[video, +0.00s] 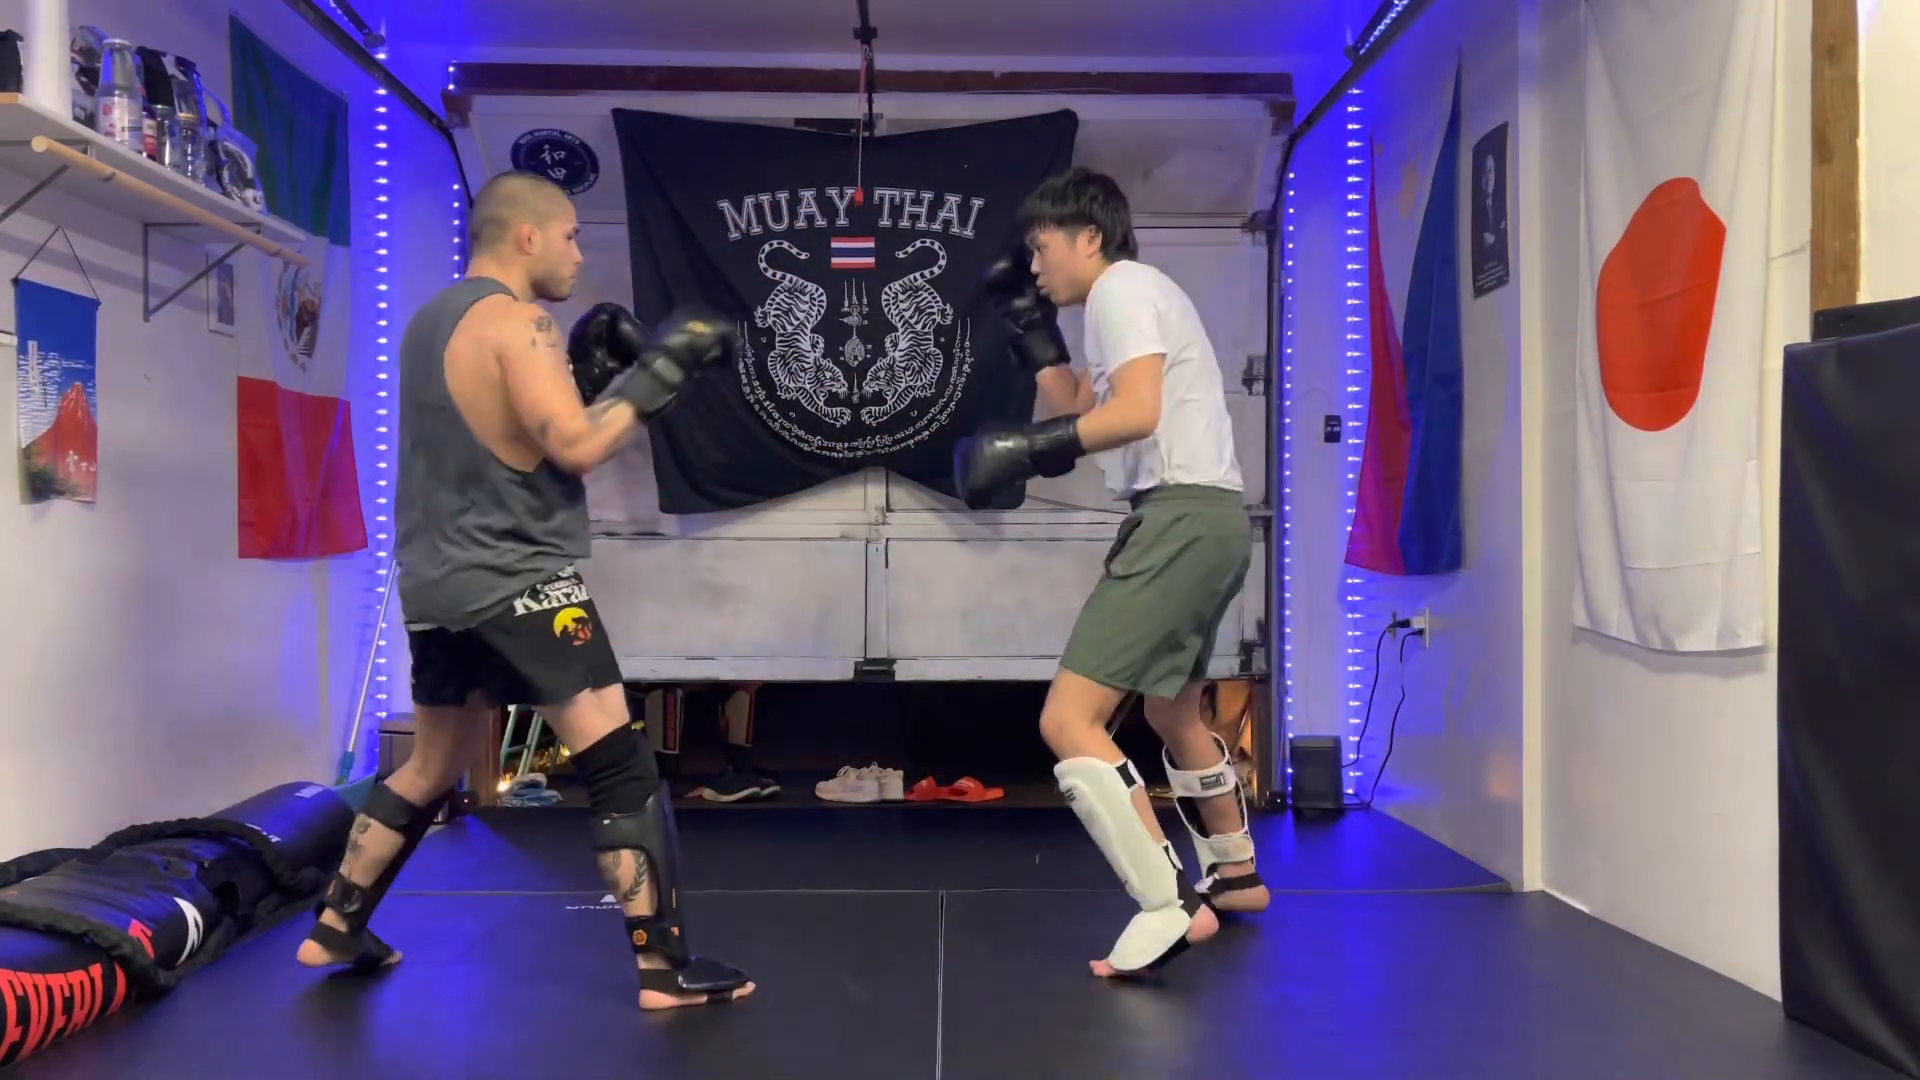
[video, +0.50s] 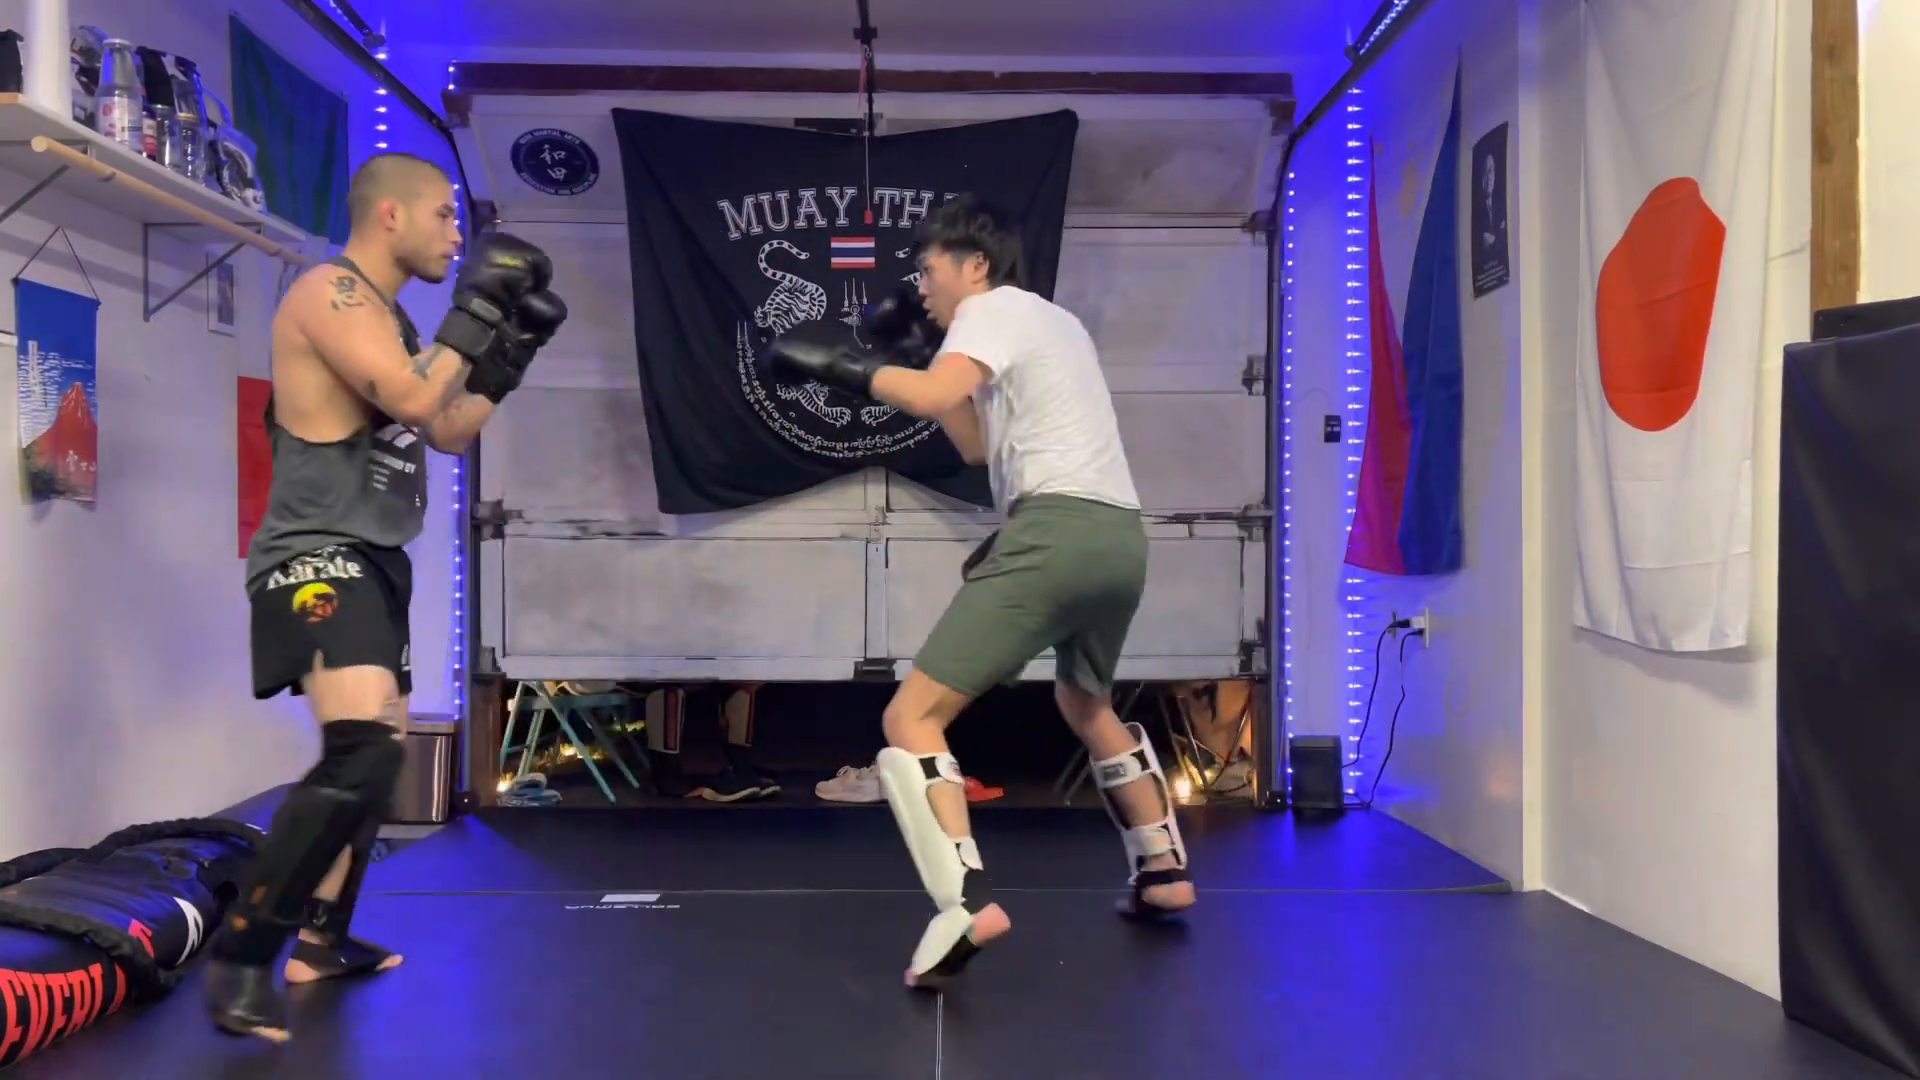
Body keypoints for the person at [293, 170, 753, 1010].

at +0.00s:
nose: (578, 253)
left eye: (576, 237)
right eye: (570, 237)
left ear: (499, 239)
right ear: (526, 237)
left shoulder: (432, 322)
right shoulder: (514, 321)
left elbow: (500, 442)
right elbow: (579, 446)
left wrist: (584, 378)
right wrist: (668, 367)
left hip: (435, 590)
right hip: (521, 584)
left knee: (432, 761)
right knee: (617, 763)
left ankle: (337, 927)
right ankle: (663, 964)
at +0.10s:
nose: (552, 278)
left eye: (550, 263)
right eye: (543, 263)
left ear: (476, 267)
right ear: (501, 267)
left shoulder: (421, 345)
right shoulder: (479, 349)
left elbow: (502, 462)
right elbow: (490, 483)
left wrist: (558, 375)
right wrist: (602, 452)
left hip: (412, 610)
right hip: (480, 607)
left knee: (422, 784)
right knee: (609, 769)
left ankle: (327, 939)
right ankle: (663, 966)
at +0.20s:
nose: (525, 289)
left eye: (523, 273)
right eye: (515, 272)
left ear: (456, 279)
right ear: (467, 278)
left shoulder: (420, 351)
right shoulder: (437, 352)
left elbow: (487, 474)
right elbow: (433, 483)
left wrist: (538, 387)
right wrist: (558, 477)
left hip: (386, 612)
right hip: (428, 609)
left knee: (415, 779)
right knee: (538, 774)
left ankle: (326, 939)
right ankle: (638, 960)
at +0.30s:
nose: (502, 272)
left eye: (500, 257)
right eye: (491, 257)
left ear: (439, 265)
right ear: (444, 264)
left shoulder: (423, 346)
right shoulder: (395, 339)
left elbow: (457, 461)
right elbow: (402, 460)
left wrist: (517, 395)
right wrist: (517, 420)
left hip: (364, 595)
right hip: (378, 593)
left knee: (406, 768)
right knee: (491, 747)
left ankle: (324, 938)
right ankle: (548, 968)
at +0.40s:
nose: (481, 248)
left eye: (480, 233)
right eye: (470, 232)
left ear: (419, 239)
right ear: (417, 236)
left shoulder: (410, 329)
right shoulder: (364, 310)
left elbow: (466, 443)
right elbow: (399, 425)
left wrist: (521, 371)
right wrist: (485, 363)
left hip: (346, 564)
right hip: (348, 563)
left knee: (385, 756)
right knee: (445, 743)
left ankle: (321, 941)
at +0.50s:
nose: (456, 232)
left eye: (455, 217)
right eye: (444, 215)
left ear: (394, 220)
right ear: (389, 217)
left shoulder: (385, 317)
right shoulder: (330, 294)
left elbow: (455, 427)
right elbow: (411, 397)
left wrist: (514, 348)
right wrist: (477, 306)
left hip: (373, 562)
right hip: (321, 556)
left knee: (373, 760)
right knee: (360, 756)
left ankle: (321, 938)